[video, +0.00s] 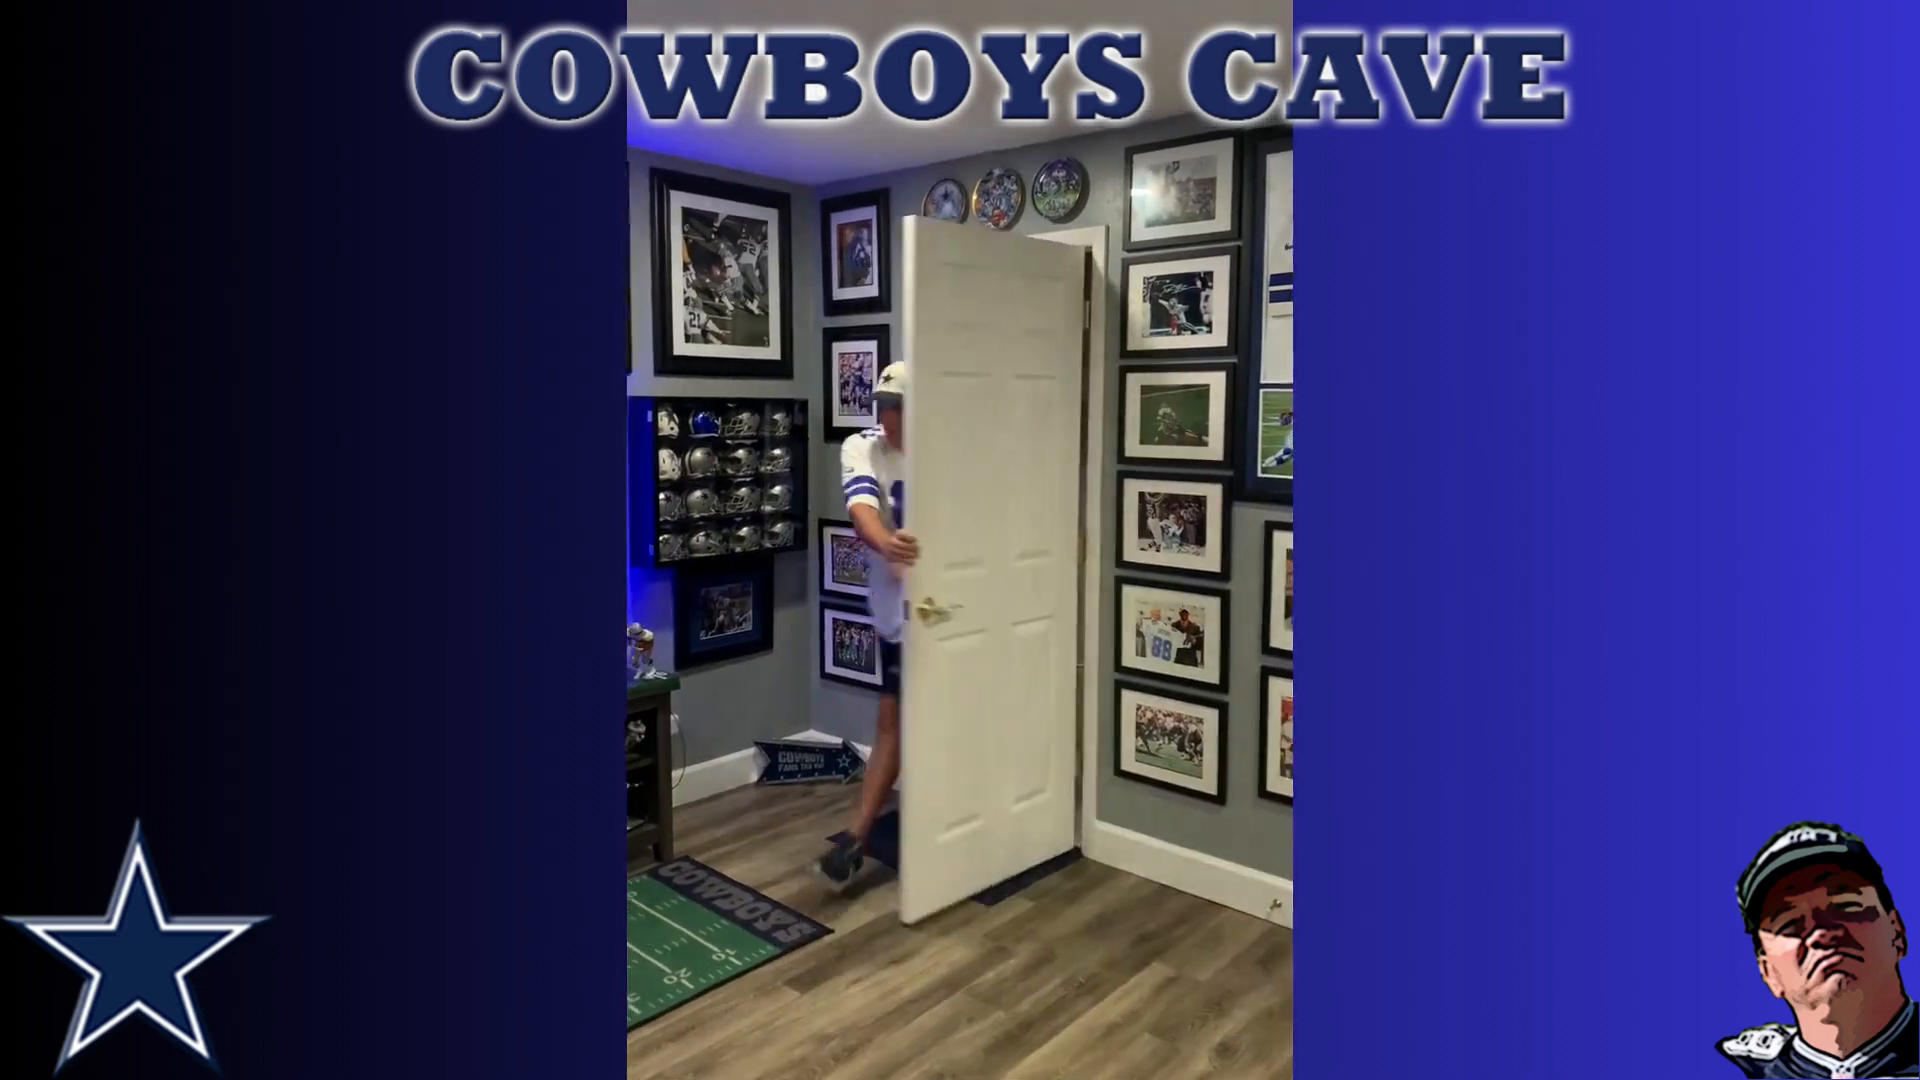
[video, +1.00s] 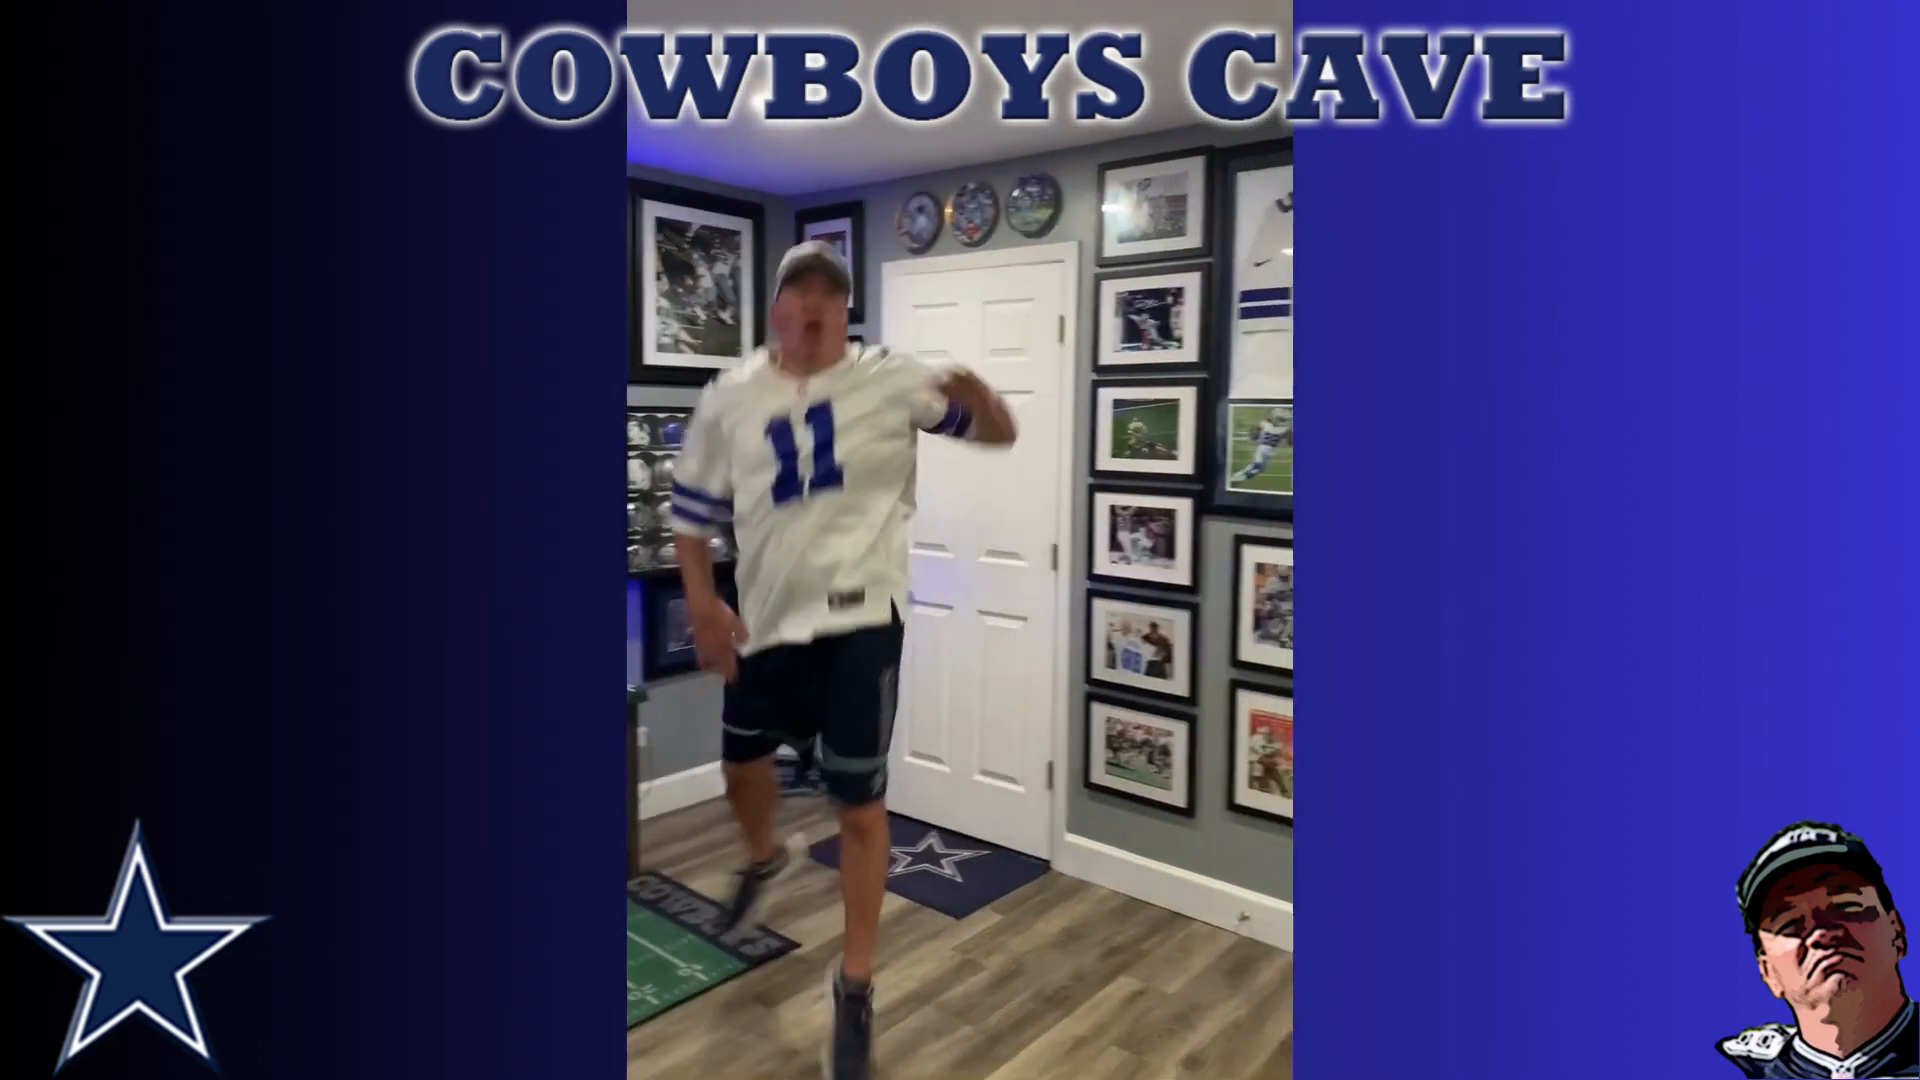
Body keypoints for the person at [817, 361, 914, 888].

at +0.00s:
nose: (888, 417)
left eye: (898, 406)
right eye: (882, 406)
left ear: (920, 409)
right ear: (874, 409)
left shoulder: (937, 448)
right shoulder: (862, 446)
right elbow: (861, 502)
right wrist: (883, 540)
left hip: (933, 610)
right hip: (892, 611)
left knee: (892, 721)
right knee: (890, 722)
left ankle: (856, 835)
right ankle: (860, 833)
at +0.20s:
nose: (811, 433)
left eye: (822, 422)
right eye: (809, 422)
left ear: (858, 424)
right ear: (810, 424)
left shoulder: (897, 479)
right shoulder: (800, 464)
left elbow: (923, 569)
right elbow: (779, 540)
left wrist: (935, 650)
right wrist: (827, 547)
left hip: (880, 645)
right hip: (821, 628)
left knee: (840, 750)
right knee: (758, 719)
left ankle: (835, 873)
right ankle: (784, 823)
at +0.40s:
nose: (741, 441)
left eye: (753, 430)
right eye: (736, 429)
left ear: (790, 426)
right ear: (734, 429)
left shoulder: (842, 468)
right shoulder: (733, 490)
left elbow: (893, 545)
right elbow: (739, 579)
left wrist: (839, 614)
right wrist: (739, 662)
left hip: (846, 653)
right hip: (775, 649)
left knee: (810, 769)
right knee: (715, 761)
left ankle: (817, 866)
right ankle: (697, 897)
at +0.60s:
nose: (672, 491)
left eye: (685, 479)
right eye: (667, 478)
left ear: (727, 474)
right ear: (666, 478)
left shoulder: (787, 527)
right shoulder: (683, 531)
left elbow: (860, 612)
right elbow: (665, 591)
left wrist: (833, 700)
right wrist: (615, 586)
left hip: (831, 683)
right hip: (755, 679)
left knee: (836, 795)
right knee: (689, 777)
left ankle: (865, 958)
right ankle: (697, 904)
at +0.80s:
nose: (730, 468)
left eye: (745, 453)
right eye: (723, 455)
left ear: (783, 459)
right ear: (716, 462)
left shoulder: (820, 513)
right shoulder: (710, 528)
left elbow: (860, 576)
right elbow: (692, 604)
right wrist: (663, 650)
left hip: (837, 708)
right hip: (746, 705)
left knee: (845, 840)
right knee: (664, 815)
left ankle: (897, 1007)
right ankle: (680, 912)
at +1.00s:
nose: (807, 326)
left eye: (821, 314)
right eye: (796, 311)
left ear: (847, 317)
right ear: (773, 314)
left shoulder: (892, 379)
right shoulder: (730, 397)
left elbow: (998, 434)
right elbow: (691, 511)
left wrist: (979, 396)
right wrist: (701, 604)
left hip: (860, 619)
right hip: (767, 622)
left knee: (858, 806)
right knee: (744, 759)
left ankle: (855, 983)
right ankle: (764, 857)